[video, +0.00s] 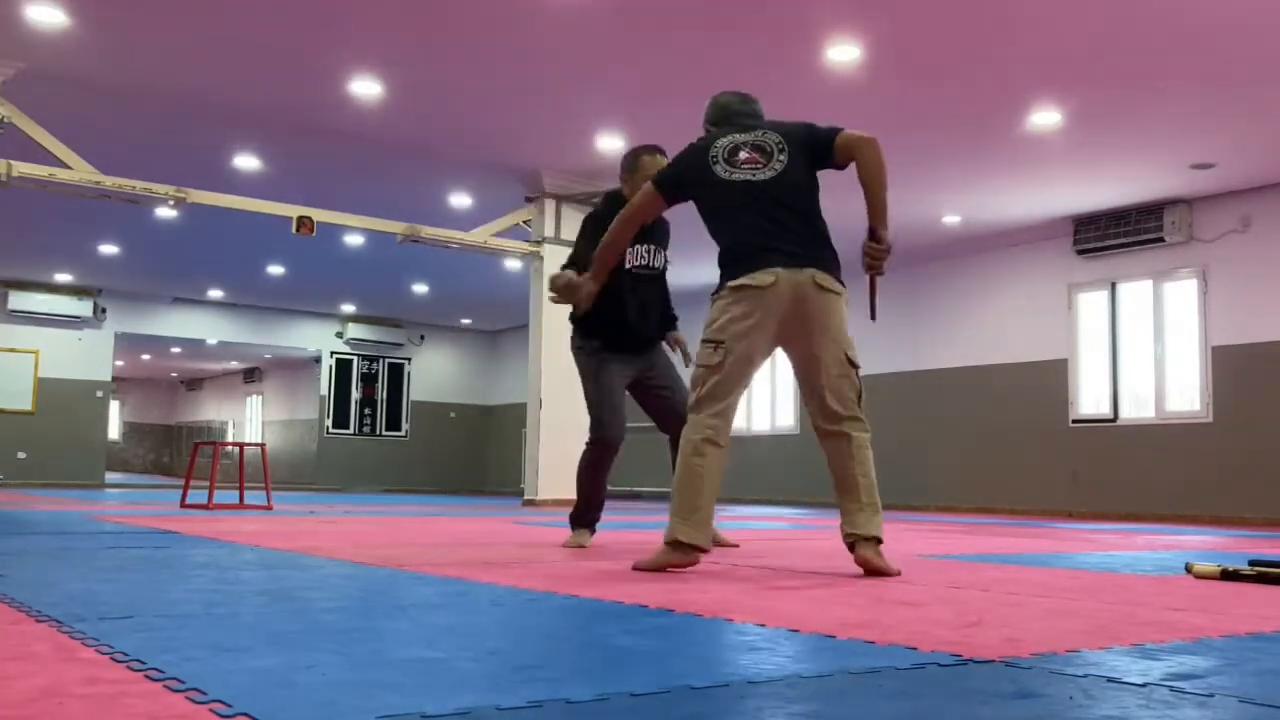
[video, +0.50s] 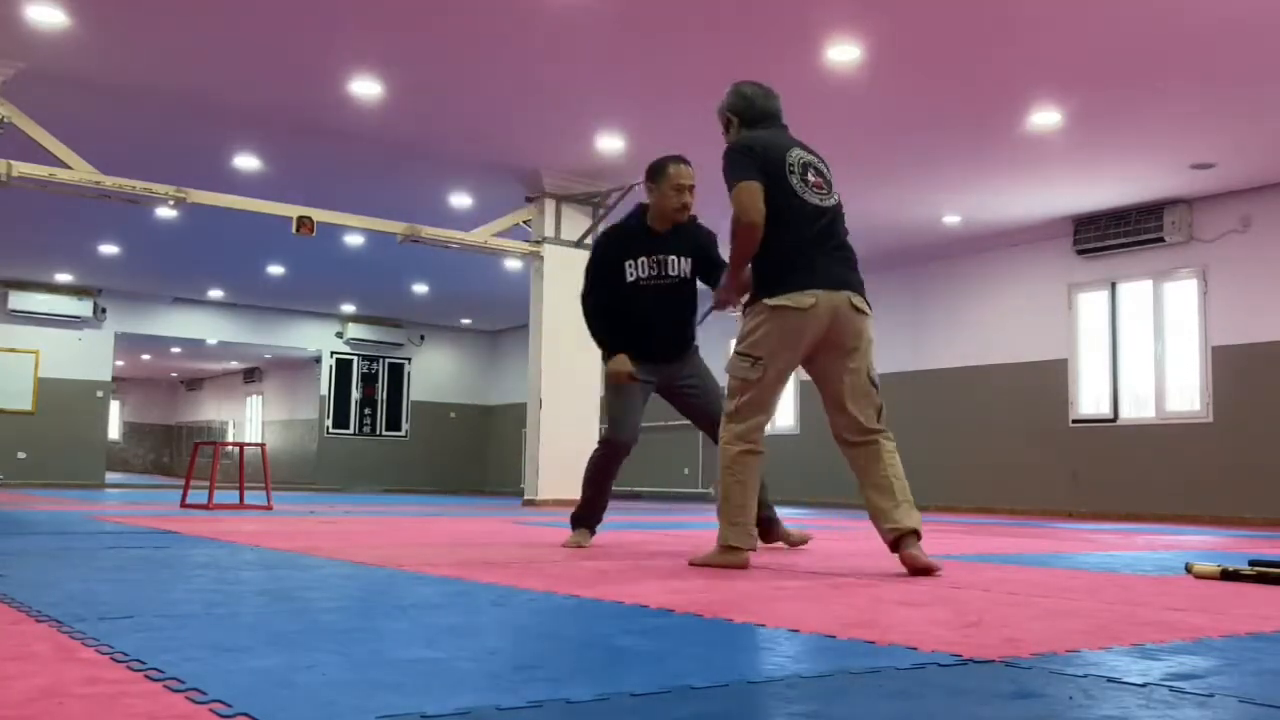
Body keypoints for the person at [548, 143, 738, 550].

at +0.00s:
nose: (661, 186)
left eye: (664, 178)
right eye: (653, 177)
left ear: (664, 181)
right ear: (627, 179)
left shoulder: (659, 226)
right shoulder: (603, 218)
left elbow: (655, 282)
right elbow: (567, 277)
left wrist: (670, 328)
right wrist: (572, 285)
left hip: (646, 348)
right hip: (600, 349)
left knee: (686, 426)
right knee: (608, 435)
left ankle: (694, 524)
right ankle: (583, 526)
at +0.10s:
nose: (653, 188)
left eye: (656, 180)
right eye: (644, 180)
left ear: (660, 182)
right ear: (618, 181)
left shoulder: (657, 228)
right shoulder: (591, 218)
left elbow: (659, 280)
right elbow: (548, 251)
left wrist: (680, 331)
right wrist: (545, 260)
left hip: (643, 347)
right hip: (593, 349)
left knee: (685, 427)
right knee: (602, 434)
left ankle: (696, 528)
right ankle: (581, 526)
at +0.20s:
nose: (646, 191)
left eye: (650, 182)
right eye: (636, 182)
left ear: (654, 183)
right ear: (610, 183)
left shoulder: (655, 225)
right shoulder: (583, 223)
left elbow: (671, 279)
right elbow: (555, 264)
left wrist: (711, 316)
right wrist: (544, 288)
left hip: (643, 348)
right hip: (592, 350)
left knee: (688, 424)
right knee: (598, 434)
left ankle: (697, 527)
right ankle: (581, 525)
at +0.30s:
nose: (649, 189)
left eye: (653, 181)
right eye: (639, 181)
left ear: (657, 182)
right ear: (613, 182)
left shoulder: (661, 232)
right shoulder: (582, 232)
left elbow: (686, 284)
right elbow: (560, 287)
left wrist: (729, 287)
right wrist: (548, 337)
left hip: (649, 351)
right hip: (596, 355)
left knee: (692, 423)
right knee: (598, 435)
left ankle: (698, 526)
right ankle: (581, 526)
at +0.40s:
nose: (661, 193)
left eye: (665, 184)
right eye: (651, 184)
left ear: (668, 186)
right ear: (624, 185)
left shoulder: (675, 234)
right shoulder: (588, 238)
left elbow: (708, 284)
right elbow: (561, 296)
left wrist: (739, 281)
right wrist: (560, 352)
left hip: (661, 354)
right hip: (608, 357)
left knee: (711, 426)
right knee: (607, 436)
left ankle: (719, 529)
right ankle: (581, 526)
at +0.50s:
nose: (687, 199)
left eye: (691, 190)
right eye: (677, 191)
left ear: (695, 192)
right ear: (651, 190)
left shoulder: (697, 237)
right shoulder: (614, 242)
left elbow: (720, 278)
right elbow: (592, 300)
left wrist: (737, 288)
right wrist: (611, 351)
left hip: (681, 360)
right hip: (629, 362)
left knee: (732, 431)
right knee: (620, 439)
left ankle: (767, 523)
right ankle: (583, 526)